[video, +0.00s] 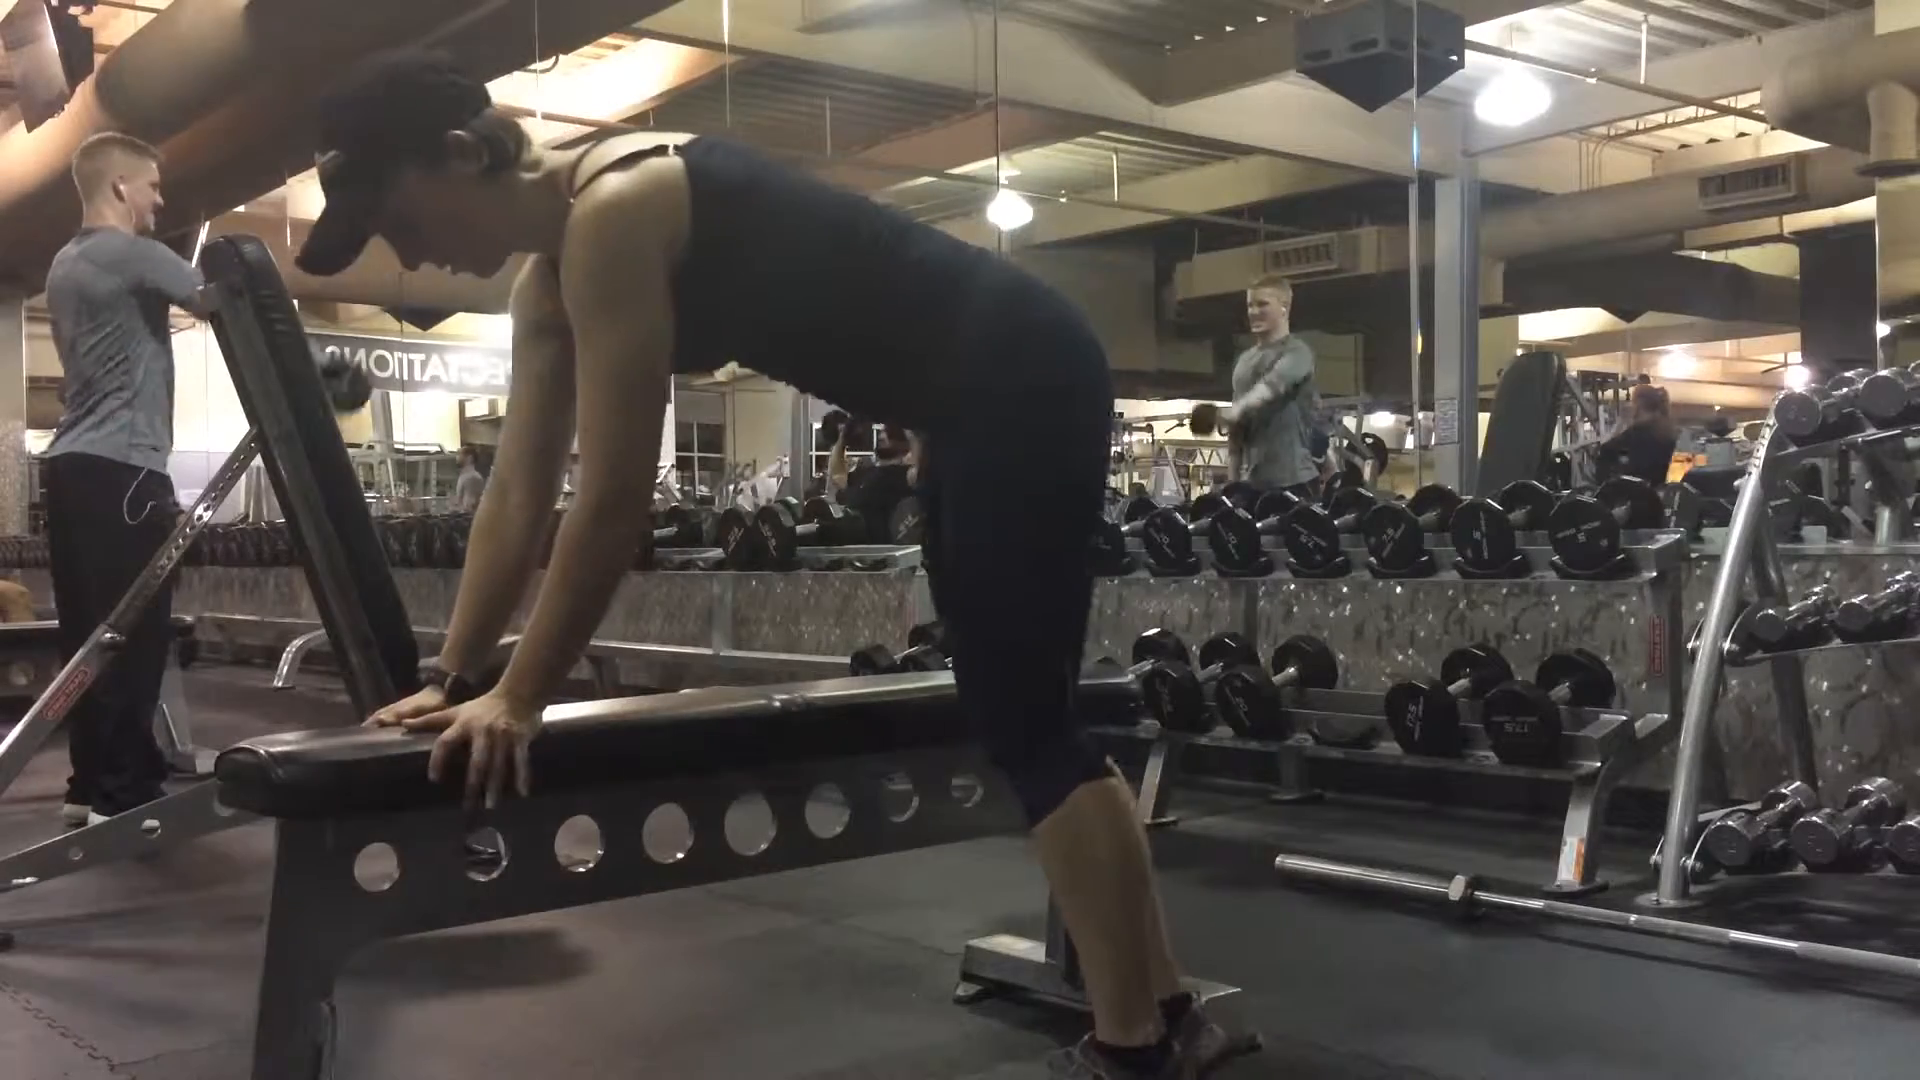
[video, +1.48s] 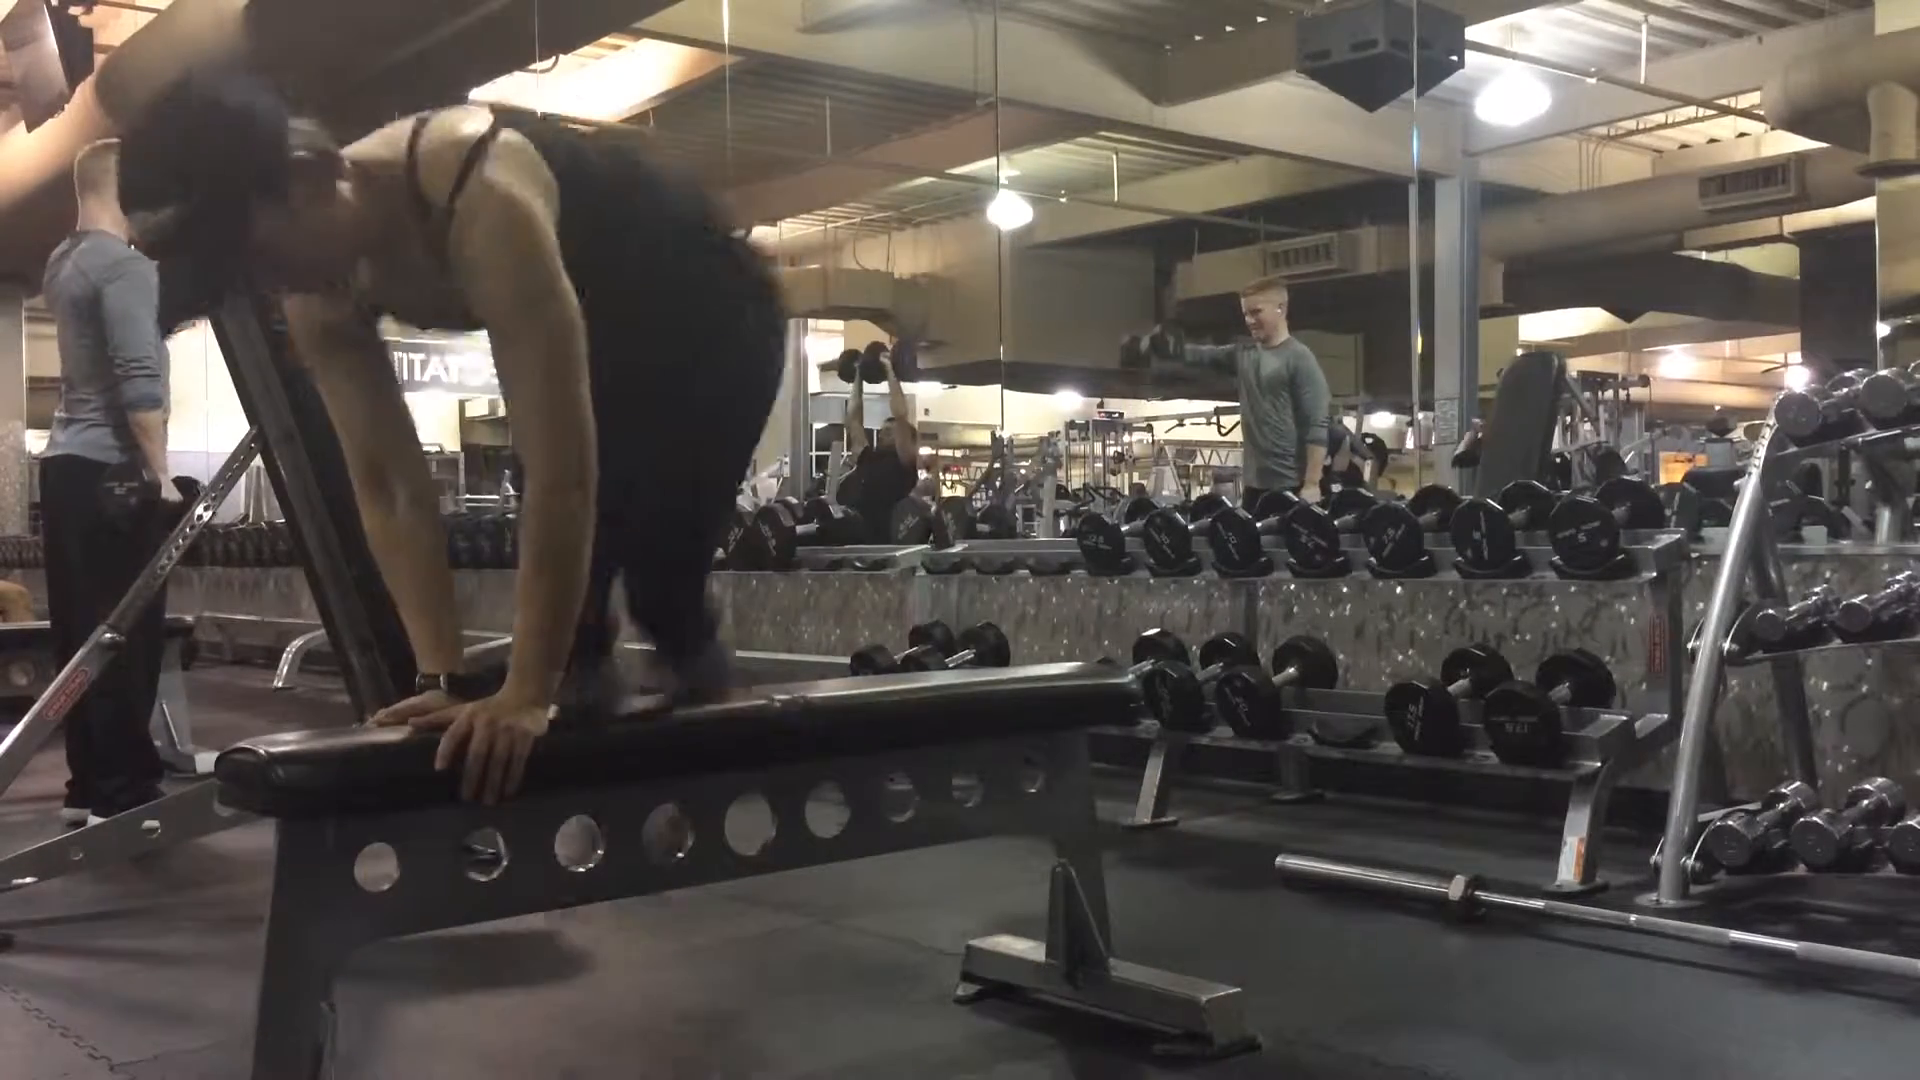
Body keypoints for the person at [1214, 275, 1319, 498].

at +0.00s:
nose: (1253, 312)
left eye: (1262, 304)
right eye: (1250, 306)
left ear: (1284, 308)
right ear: (1247, 309)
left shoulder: (1298, 353)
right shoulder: (1243, 360)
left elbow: (1270, 389)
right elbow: (1237, 425)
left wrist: (1230, 414)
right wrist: (1233, 479)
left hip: (1294, 477)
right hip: (1255, 478)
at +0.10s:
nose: (1250, 311)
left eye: (1258, 303)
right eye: (1247, 305)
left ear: (1282, 308)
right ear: (1244, 308)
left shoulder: (1295, 354)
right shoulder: (1244, 360)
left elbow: (1279, 404)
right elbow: (1240, 418)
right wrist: (1233, 477)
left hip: (1295, 477)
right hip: (1258, 477)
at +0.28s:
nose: (1248, 310)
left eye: (1256, 303)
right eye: (1246, 304)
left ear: (1281, 308)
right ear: (1243, 307)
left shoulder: (1292, 357)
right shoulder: (1242, 361)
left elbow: (1293, 424)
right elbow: (1239, 423)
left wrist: (1275, 476)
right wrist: (1236, 475)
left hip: (1290, 479)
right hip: (1251, 477)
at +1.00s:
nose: (1255, 310)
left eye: (1264, 303)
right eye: (1252, 304)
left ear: (1286, 310)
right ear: (1249, 308)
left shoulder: (1304, 362)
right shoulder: (1235, 363)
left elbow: (1319, 429)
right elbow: (1212, 421)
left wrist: (1310, 486)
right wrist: (1195, 476)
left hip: (1291, 488)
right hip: (1251, 488)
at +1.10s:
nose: (1257, 312)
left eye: (1266, 305)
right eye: (1255, 306)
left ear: (1290, 309)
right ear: (1252, 309)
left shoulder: (1307, 361)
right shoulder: (1241, 359)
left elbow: (1321, 429)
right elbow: (1208, 401)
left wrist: (1311, 485)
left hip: (1292, 484)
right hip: (1252, 484)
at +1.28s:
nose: (1258, 316)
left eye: (1266, 308)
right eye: (1255, 310)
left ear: (1290, 309)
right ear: (1252, 311)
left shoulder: (1306, 360)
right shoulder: (1245, 356)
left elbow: (1321, 428)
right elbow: (1201, 375)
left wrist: (1312, 485)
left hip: (1293, 484)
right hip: (1254, 482)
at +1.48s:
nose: (1249, 321)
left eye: (1256, 312)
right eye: (1246, 314)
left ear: (1280, 309)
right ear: (1243, 315)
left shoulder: (1300, 358)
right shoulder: (1243, 354)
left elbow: (1318, 426)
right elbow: (1201, 355)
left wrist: (1311, 484)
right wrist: (1167, 346)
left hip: (1290, 486)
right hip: (1254, 484)